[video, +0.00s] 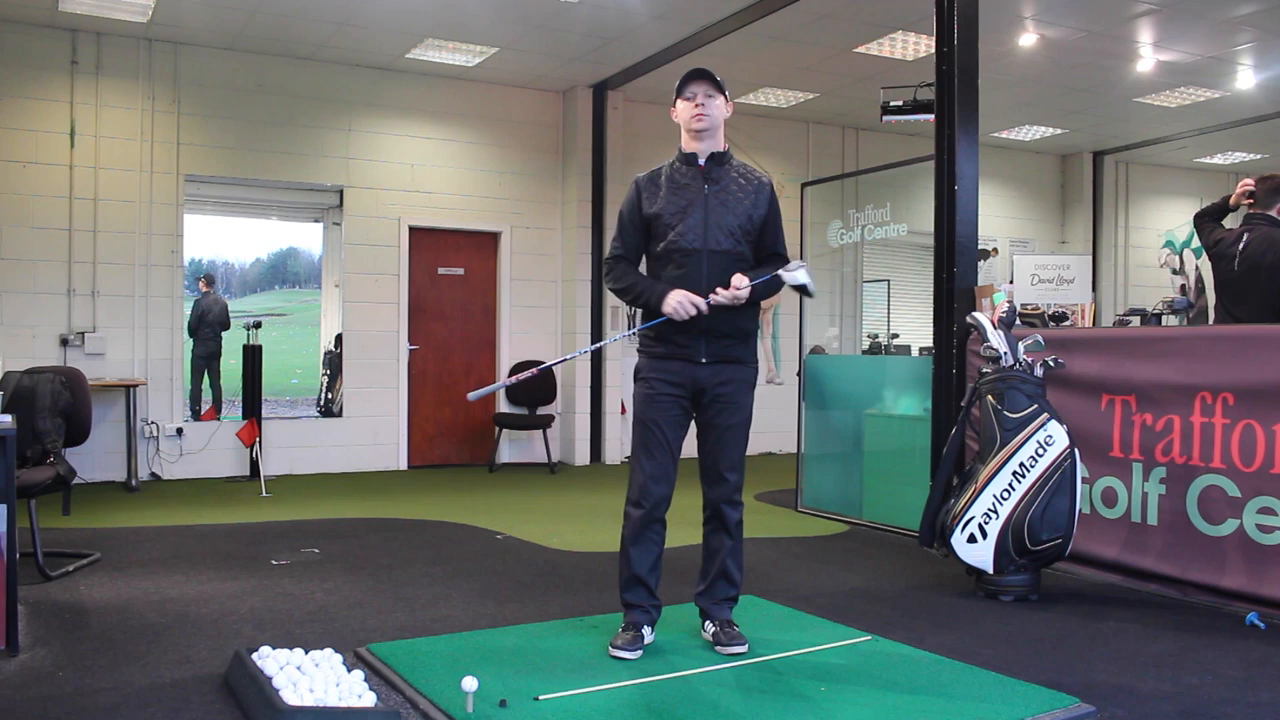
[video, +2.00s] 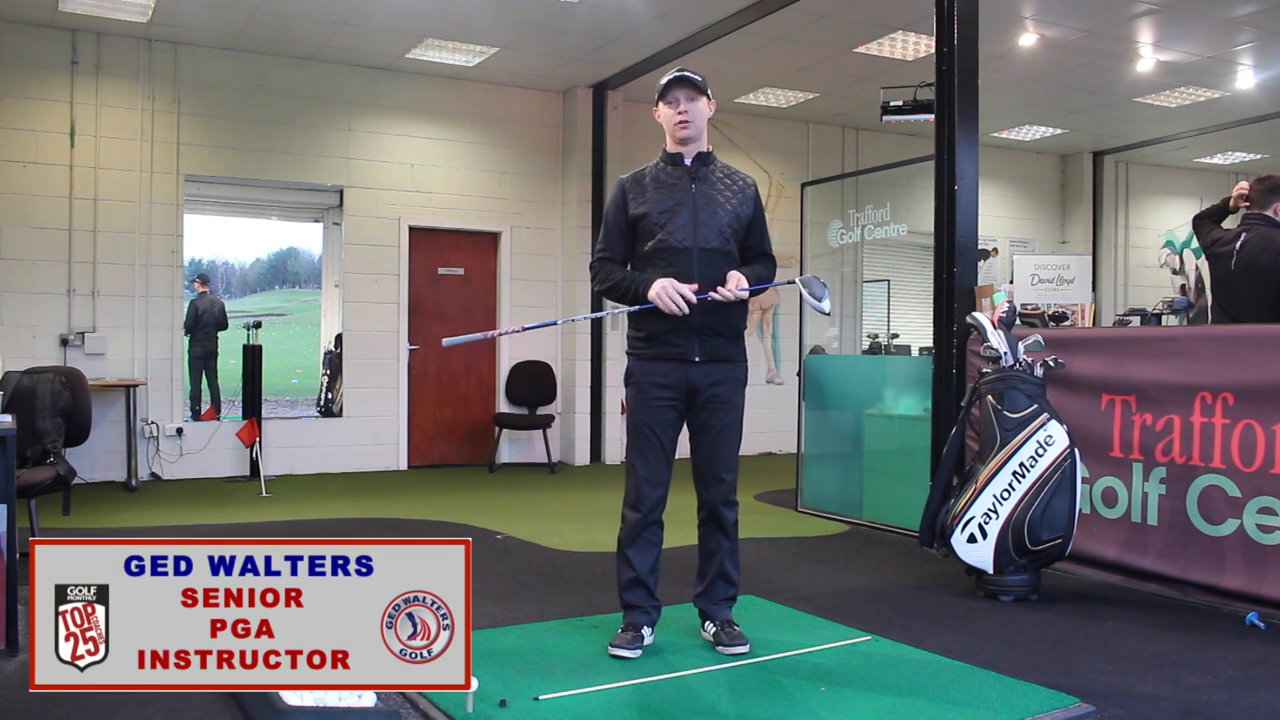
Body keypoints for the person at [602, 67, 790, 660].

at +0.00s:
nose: (698, 104)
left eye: (709, 96)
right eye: (688, 97)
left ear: (728, 110)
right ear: (674, 113)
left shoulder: (756, 187)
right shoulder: (648, 186)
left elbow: (776, 267)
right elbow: (616, 267)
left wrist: (751, 288)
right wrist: (660, 295)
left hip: (731, 363)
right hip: (663, 360)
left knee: (725, 494)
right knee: (647, 493)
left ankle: (719, 612)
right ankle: (638, 616)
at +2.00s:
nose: (681, 108)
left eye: (691, 98)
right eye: (671, 100)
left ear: (711, 109)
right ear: (658, 115)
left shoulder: (741, 187)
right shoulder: (633, 188)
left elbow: (763, 265)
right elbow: (605, 271)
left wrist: (746, 280)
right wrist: (648, 285)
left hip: (722, 363)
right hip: (654, 361)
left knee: (719, 494)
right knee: (644, 494)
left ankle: (719, 612)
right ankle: (638, 616)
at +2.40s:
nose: (680, 107)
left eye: (690, 98)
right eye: (669, 99)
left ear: (708, 110)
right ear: (655, 115)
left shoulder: (738, 188)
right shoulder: (629, 188)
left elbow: (760, 266)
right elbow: (604, 273)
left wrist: (745, 282)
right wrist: (644, 251)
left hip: (720, 362)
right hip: (652, 360)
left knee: (718, 494)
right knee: (643, 495)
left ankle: (718, 613)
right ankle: (638, 616)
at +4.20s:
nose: (681, 111)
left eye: (691, 102)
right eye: (671, 102)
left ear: (707, 112)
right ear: (654, 114)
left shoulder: (736, 189)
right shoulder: (628, 189)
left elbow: (763, 278)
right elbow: (600, 270)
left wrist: (759, 242)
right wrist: (626, 292)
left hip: (718, 364)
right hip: (650, 363)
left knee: (717, 494)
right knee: (643, 495)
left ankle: (719, 613)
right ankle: (638, 616)